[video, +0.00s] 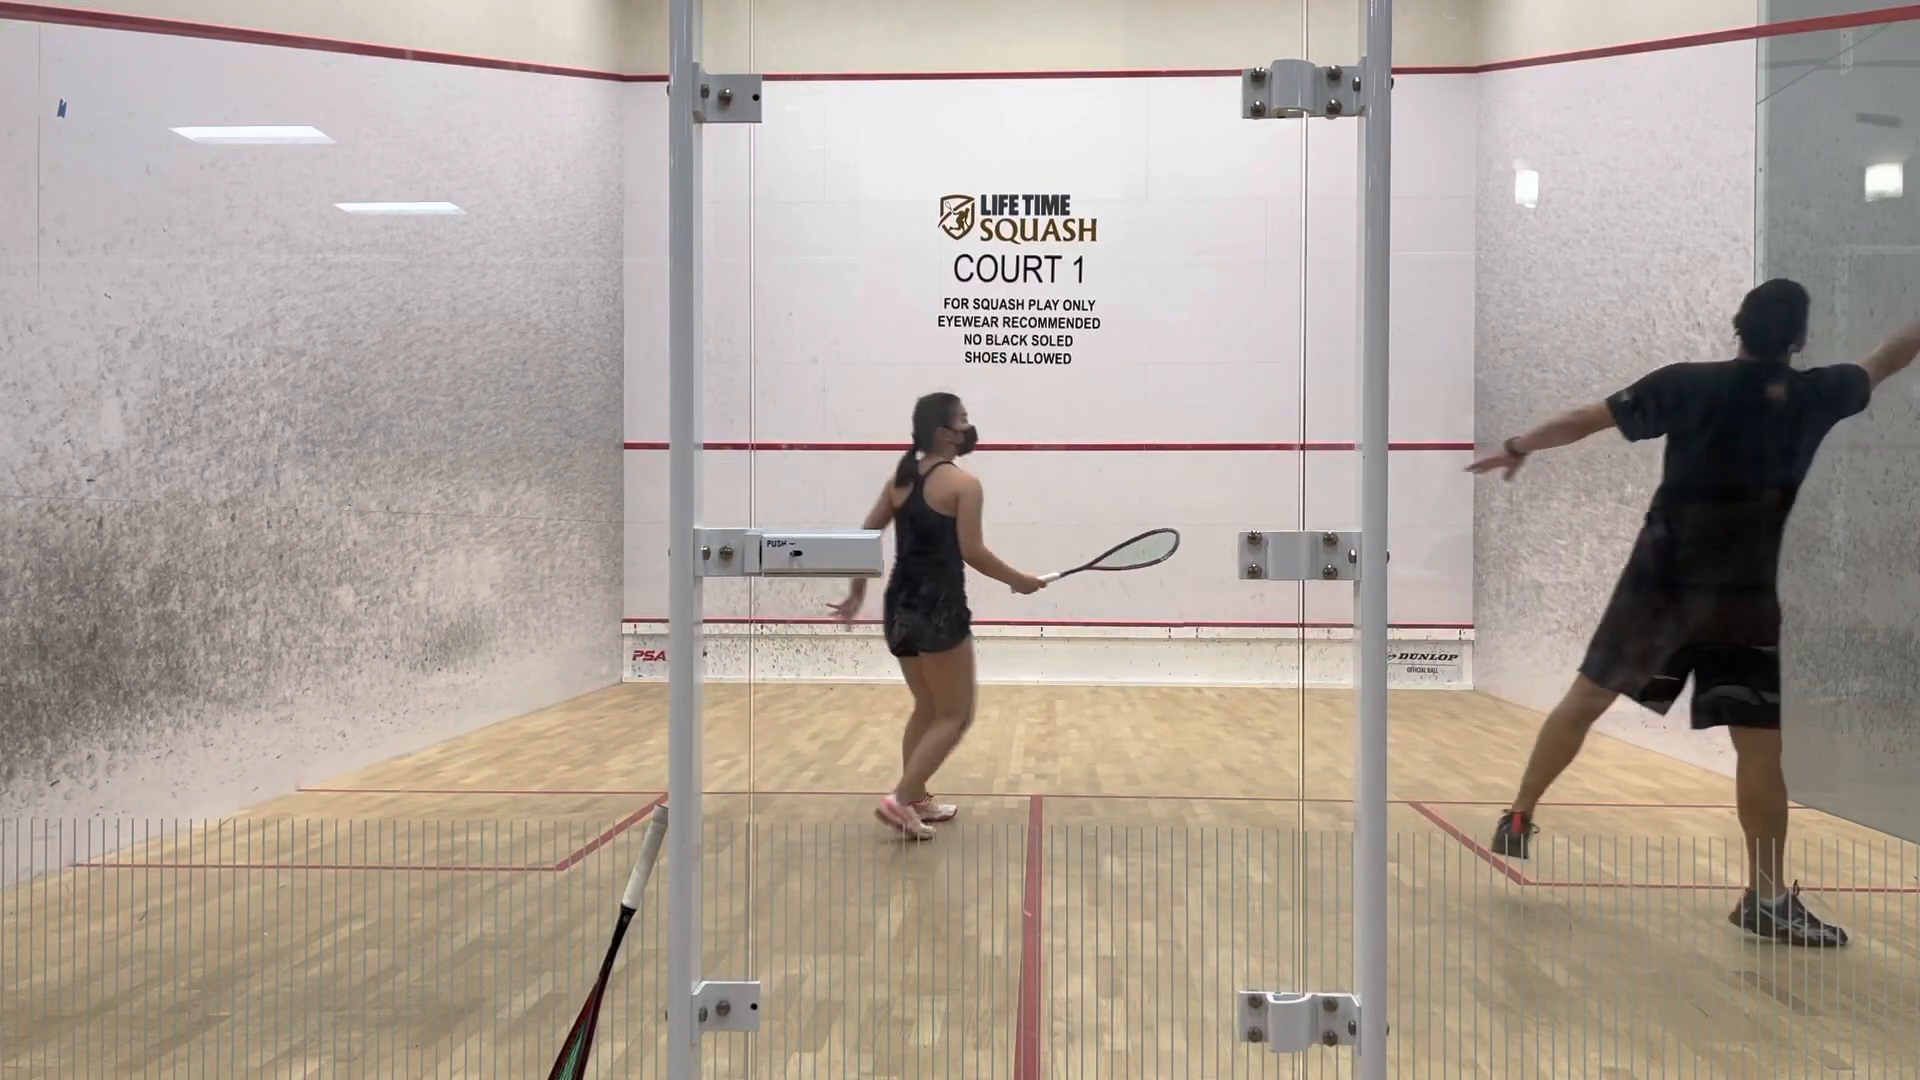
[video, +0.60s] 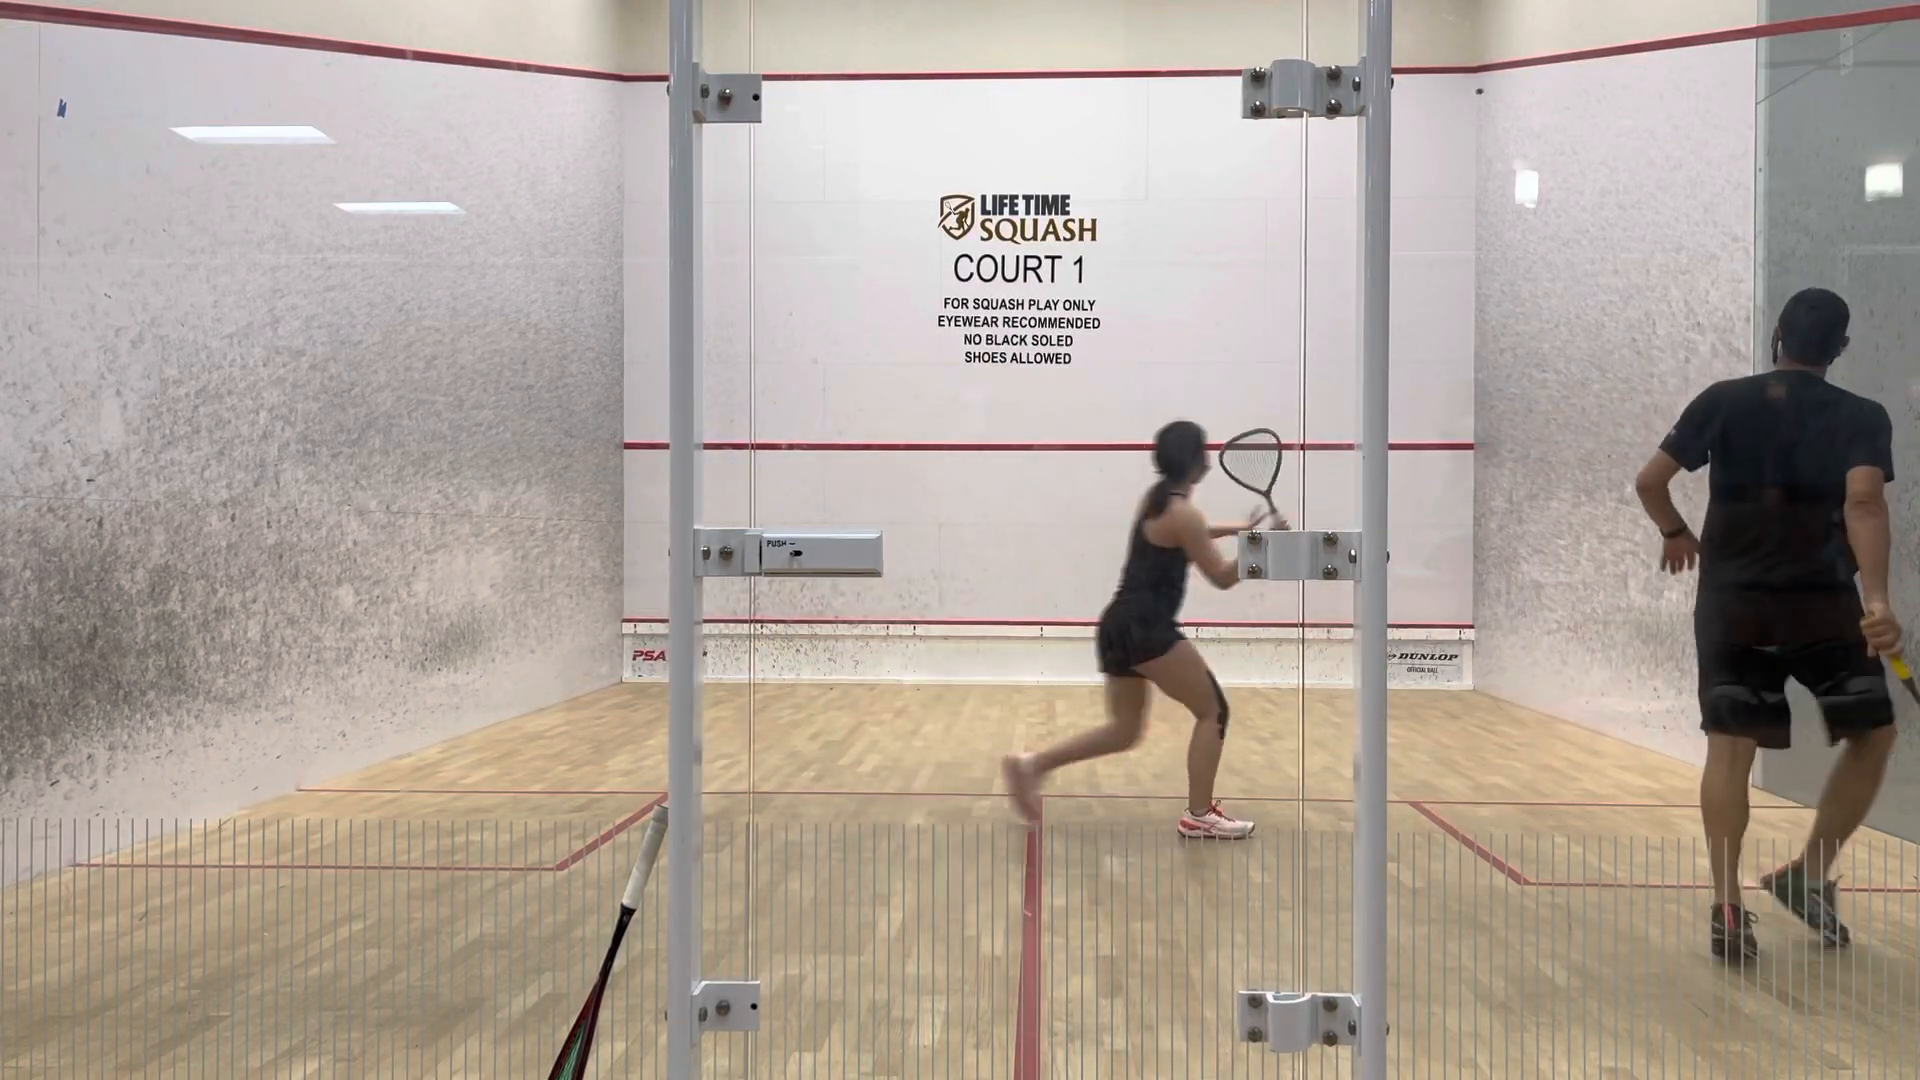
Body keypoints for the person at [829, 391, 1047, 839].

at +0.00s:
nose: (970, 427)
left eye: (967, 420)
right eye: (963, 421)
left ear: (927, 431)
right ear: (943, 430)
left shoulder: (902, 478)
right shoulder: (963, 483)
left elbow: (867, 533)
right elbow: (972, 551)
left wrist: (856, 592)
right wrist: (1017, 579)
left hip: (900, 610)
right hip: (940, 614)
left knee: (926, 707)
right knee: (956, 714)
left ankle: (914, 797)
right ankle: (901, 799)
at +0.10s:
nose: (993, 435)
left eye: (990, 428)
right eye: (987, 429)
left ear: (949, 439)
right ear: (972, 436)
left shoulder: (931, 484)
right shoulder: (984, 489)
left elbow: (903, 546)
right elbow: (991, 558)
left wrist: (901, 600)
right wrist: (1037, 579)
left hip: (926, 618)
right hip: (965, 621)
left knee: (946, 707)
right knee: (1013, 706)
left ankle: (916, 801)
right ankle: (942, 775)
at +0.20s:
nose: (1020, 422)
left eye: (1017, 415)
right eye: (1015, 416)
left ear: (976, 427)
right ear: (1004, 425)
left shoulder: (964, 470)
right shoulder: (1014, 476)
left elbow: (940, 531)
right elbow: (1016, 541)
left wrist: (958, 573)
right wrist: (1065, 564)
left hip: (957, 598)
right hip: (997, 601)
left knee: (960, 699)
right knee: (1052, 689)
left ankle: (922, 794)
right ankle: (1006, 782)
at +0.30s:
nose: (1056, 431)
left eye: (1053, 423)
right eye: (1051, 424)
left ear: (1013, 432)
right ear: (1039, 430)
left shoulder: (999, 477)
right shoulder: (1048, 482)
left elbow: (993, 542)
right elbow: (1055, 548)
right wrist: (1112, 558)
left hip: (982, 603)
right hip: (1021, 606)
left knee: (991, 701)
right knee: (1087, 691)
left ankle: (942, 784)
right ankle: (1092, 798)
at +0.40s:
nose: (1097, 455)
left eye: (1094, 448)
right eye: (1094, 449)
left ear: (1053, 455)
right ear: (1085, 456)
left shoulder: (1039, 500)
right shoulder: (1081, 509)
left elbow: (1057, 560)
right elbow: (1105, 574)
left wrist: (1107, 577)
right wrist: (1166, 562)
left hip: (1014, 626)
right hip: (1052, 633)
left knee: (996, 723)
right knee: (1126, 705)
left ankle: (940, 806)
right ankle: (1172, 805)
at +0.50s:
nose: (1151, 459)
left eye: (1147, 452)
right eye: (1146, 453)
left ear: (1109, 460)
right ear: (1138, 461)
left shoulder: (1098, 505)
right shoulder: (1132, 518)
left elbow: (1126, 547)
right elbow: (1165, 582)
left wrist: (1179, 552)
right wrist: (1221, 555)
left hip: (1067, 631)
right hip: (1101, 637)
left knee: (1033, 723)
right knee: (1178, 707)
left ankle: (954, 791)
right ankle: (1196, 812)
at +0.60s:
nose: (1209, 459)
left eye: (1207, 451)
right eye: (1205, 452)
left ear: (1165, 460)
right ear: (1197, 461)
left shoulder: (1154, 502)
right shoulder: (1184, 515)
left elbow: (1192, 534)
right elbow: (1223, 577)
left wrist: (1246, 529)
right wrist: (1242, 558)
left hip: (1119, 626)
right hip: (1148, 631)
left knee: (1124, 732)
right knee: (1213, 711)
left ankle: (1032, 767)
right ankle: (1200, 814)